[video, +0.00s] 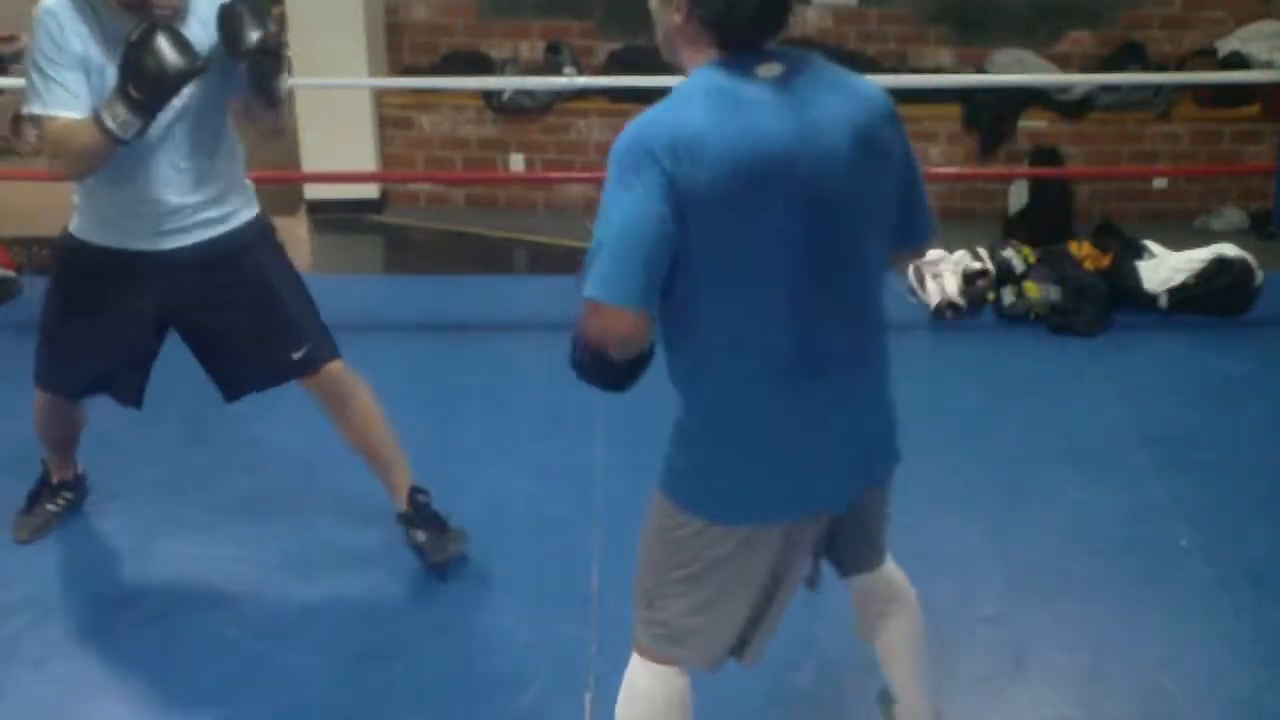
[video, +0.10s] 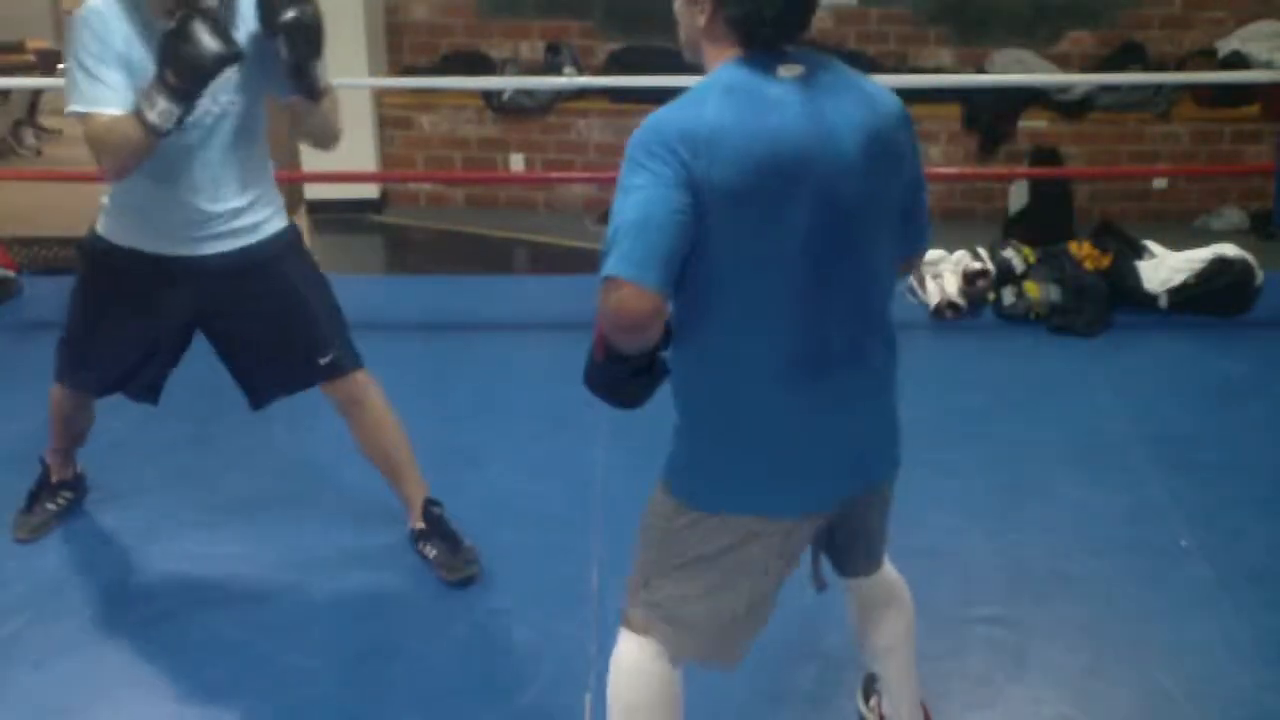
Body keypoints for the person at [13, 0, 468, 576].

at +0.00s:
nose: (166, 3)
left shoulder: (217, 11)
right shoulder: (62, 18)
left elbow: (268, 130)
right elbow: (66, 158)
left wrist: (264, 78)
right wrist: (129, 104)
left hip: (224, 230)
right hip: (107, 242)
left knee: (323, 370)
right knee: (54, 393)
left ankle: (412, 504)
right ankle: (61, 481)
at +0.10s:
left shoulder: (254, 14)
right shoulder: (103, 21)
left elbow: (324, 135)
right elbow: (110, 157)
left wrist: (304, 70)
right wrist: (172, 88)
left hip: (253, 235)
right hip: (134, 242)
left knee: (346, 377)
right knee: (75, 382)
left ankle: (424, 516)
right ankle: (59, 476)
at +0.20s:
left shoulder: (303, 16)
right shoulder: (156, 14)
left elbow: (360, 142)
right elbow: (161, 150)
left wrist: (344, 62)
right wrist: (223, 78)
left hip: (280, 227)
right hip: (167, 231)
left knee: (369, 368)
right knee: (107, 373)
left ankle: (427, 517)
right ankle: (69, 476)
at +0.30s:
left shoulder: (337, 13)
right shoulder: (189, 11)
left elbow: (382, 145)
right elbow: (196, 145)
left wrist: (374, 71)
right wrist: (259, 80)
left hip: (298, 223)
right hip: (188, 221)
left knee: (378, 367)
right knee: (122, 358)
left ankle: (428, 518)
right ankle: (106, 461)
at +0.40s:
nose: (273, 2)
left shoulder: (350, 11)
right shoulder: (197, 11)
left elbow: (389, 147)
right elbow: (205, 141)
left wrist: (380, 82)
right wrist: (274, 79)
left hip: (312, 220)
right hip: (199, 218)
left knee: (385, 368)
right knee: (141, 351)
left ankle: (430, 519)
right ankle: (161, 433)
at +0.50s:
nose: (262, 0)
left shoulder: (342, 7)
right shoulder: (190, 9)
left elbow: (375, 133)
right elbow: (197, 136)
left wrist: (371, 94)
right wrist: (264, 78)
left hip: (317, 214)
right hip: (205, 217)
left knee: (390, 362)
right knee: (163, 353)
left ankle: (431, 520)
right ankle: (191, 433)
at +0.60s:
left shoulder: (334, 7)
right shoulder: (179, 8)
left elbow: (361, 123)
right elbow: (185, 134)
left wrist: (361, 86)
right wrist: (248, 72)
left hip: (321, 212)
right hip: (209, 218)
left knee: (409, 352)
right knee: (177, 356)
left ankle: (448, 506)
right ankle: (192, 438)